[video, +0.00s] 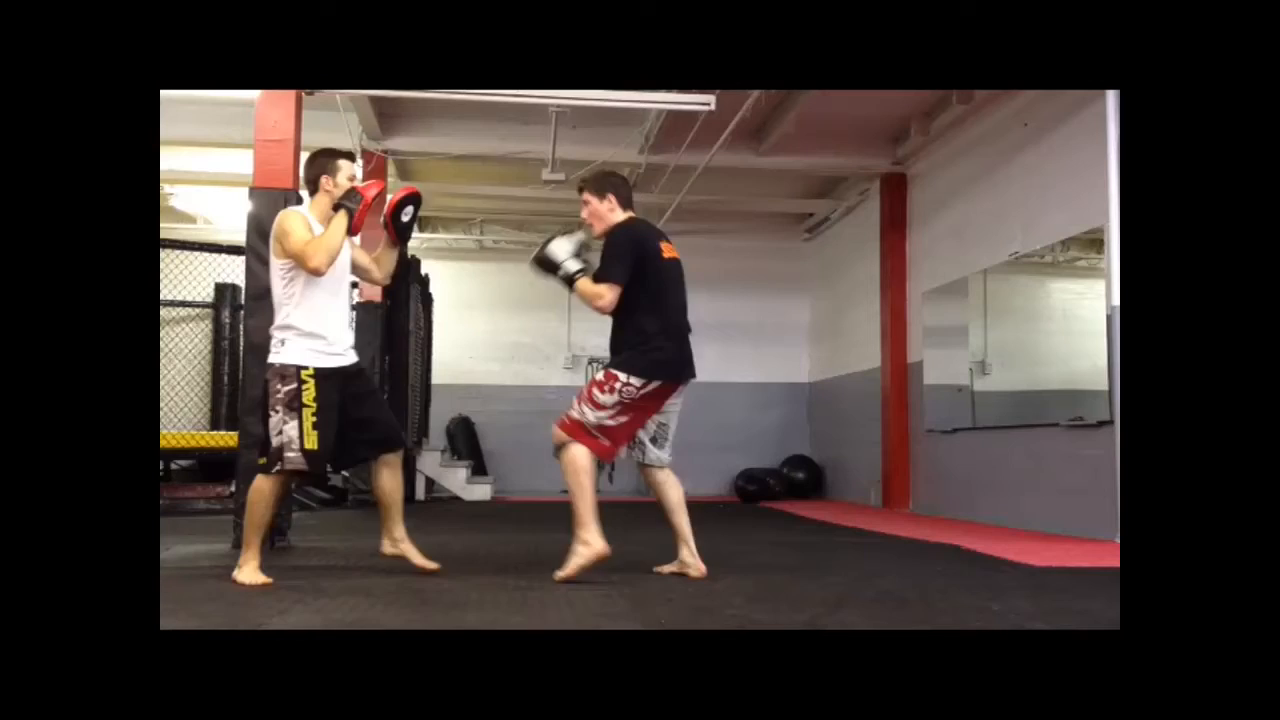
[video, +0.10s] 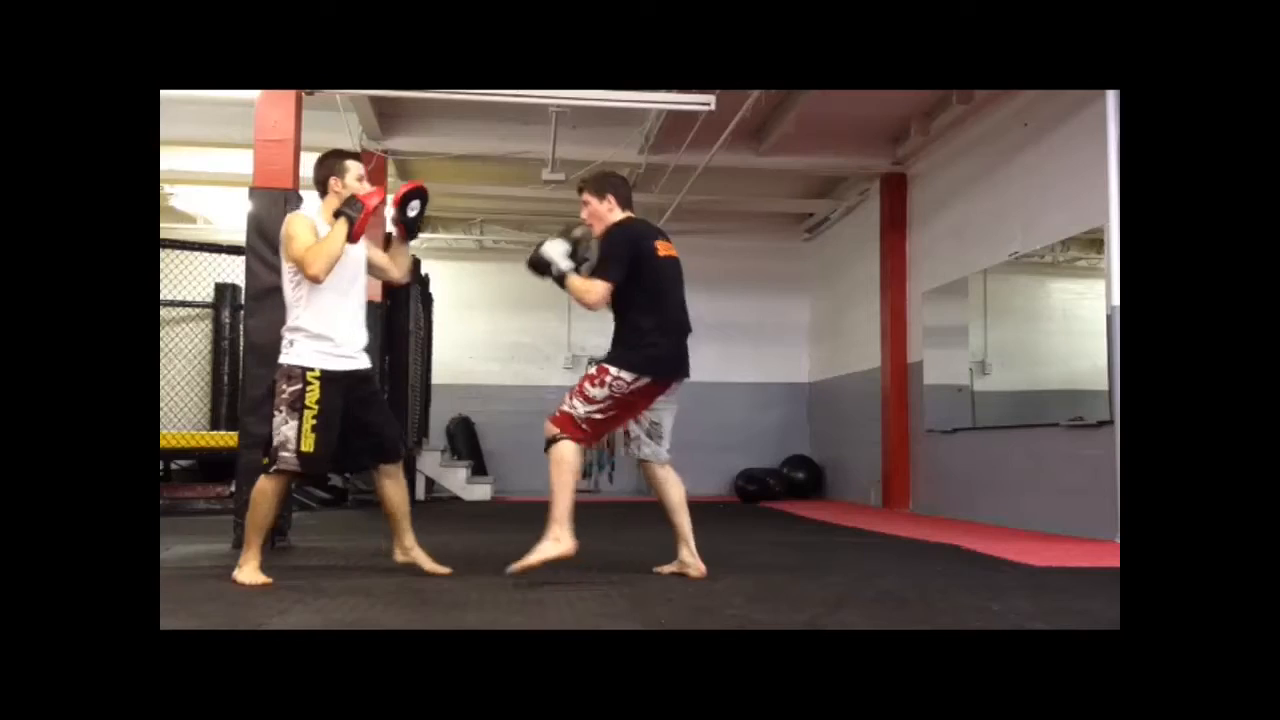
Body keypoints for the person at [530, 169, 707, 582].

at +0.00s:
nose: (584, 215)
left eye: (587, 205)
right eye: (583, 207)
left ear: (612, 200)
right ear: (619, 203)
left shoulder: (624, 235)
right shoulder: (653, 235)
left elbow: (606, 299)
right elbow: (630, 298)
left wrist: (570, 269)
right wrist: (580, 266)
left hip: (641, 363)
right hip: (673, 364)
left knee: (571, 435)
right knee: (655, 460)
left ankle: (588, 538)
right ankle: (689, 555)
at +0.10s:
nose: (584, 215)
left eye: (587, 205)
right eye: (583, 206)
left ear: (610, 201)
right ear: (620, 203)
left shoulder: (622, 235)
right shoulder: (654, 235)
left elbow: (594, 296)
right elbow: (633, 293)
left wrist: (561, 270)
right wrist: (593, 263)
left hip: (637, 358)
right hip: (669, 360)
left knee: (563, 429)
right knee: (653, 455)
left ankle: (559, 534)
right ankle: (689, 554)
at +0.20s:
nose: (576, 209)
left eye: (579, 201)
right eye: (575, 201)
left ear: (601, 197)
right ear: (616, 198)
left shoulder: (595, 228)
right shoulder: (653, 226)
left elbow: (545, 267)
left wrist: (522, 238)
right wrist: (581, 232)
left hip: (626, 351)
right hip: (668, 351)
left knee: (571, 444)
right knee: (665, 456)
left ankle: (546, 546)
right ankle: (689, 554)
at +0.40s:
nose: (556, 227)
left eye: (557, 217)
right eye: (552, 220)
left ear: (580, 205)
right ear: (586, 205)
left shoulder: (598, 236)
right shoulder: (624, 232)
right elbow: (574, 288)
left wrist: (513, 257)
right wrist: (532, 261)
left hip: (616, 369)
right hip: (641, 367)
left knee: (566, 457)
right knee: (633, 463)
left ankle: (550, 565)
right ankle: (686, 555)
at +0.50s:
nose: (546, 252)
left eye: (549, 242)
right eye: (542, 244)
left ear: (572, 230)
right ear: (566, 233)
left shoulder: (621, 257)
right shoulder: (564, 266)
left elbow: (631, 326)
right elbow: (525, 304)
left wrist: (569, 309)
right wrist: (529, 272)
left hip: (624, 379)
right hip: (603, 377)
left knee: (556, 456)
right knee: (614, 481)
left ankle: (550, 566)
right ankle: (684, 556)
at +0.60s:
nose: (533, 255)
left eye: (536, 246)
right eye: (530, 248)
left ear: (559, 237)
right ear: (554, 238)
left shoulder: (610, 260)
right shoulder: (552, 266)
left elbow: (646, 327)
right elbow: (517, 303)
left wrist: (596, 352)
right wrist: (521, 258)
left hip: (618, 379)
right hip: (590, 378)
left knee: (545, 453)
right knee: (619, 480)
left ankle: (550, 565)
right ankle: (685, 553)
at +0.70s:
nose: (530, 234)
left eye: (529, 224)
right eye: (527, 225)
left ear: (547, 215)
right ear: (557, 211)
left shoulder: (579, 251)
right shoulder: (603, 233)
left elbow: (601, 324)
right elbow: (551, 286)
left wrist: (559, 342)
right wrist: (547, 245)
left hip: (595, 368)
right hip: (627, 366)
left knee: (548, 457)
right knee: (619, 461)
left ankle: (549, 564)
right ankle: (677, 545)